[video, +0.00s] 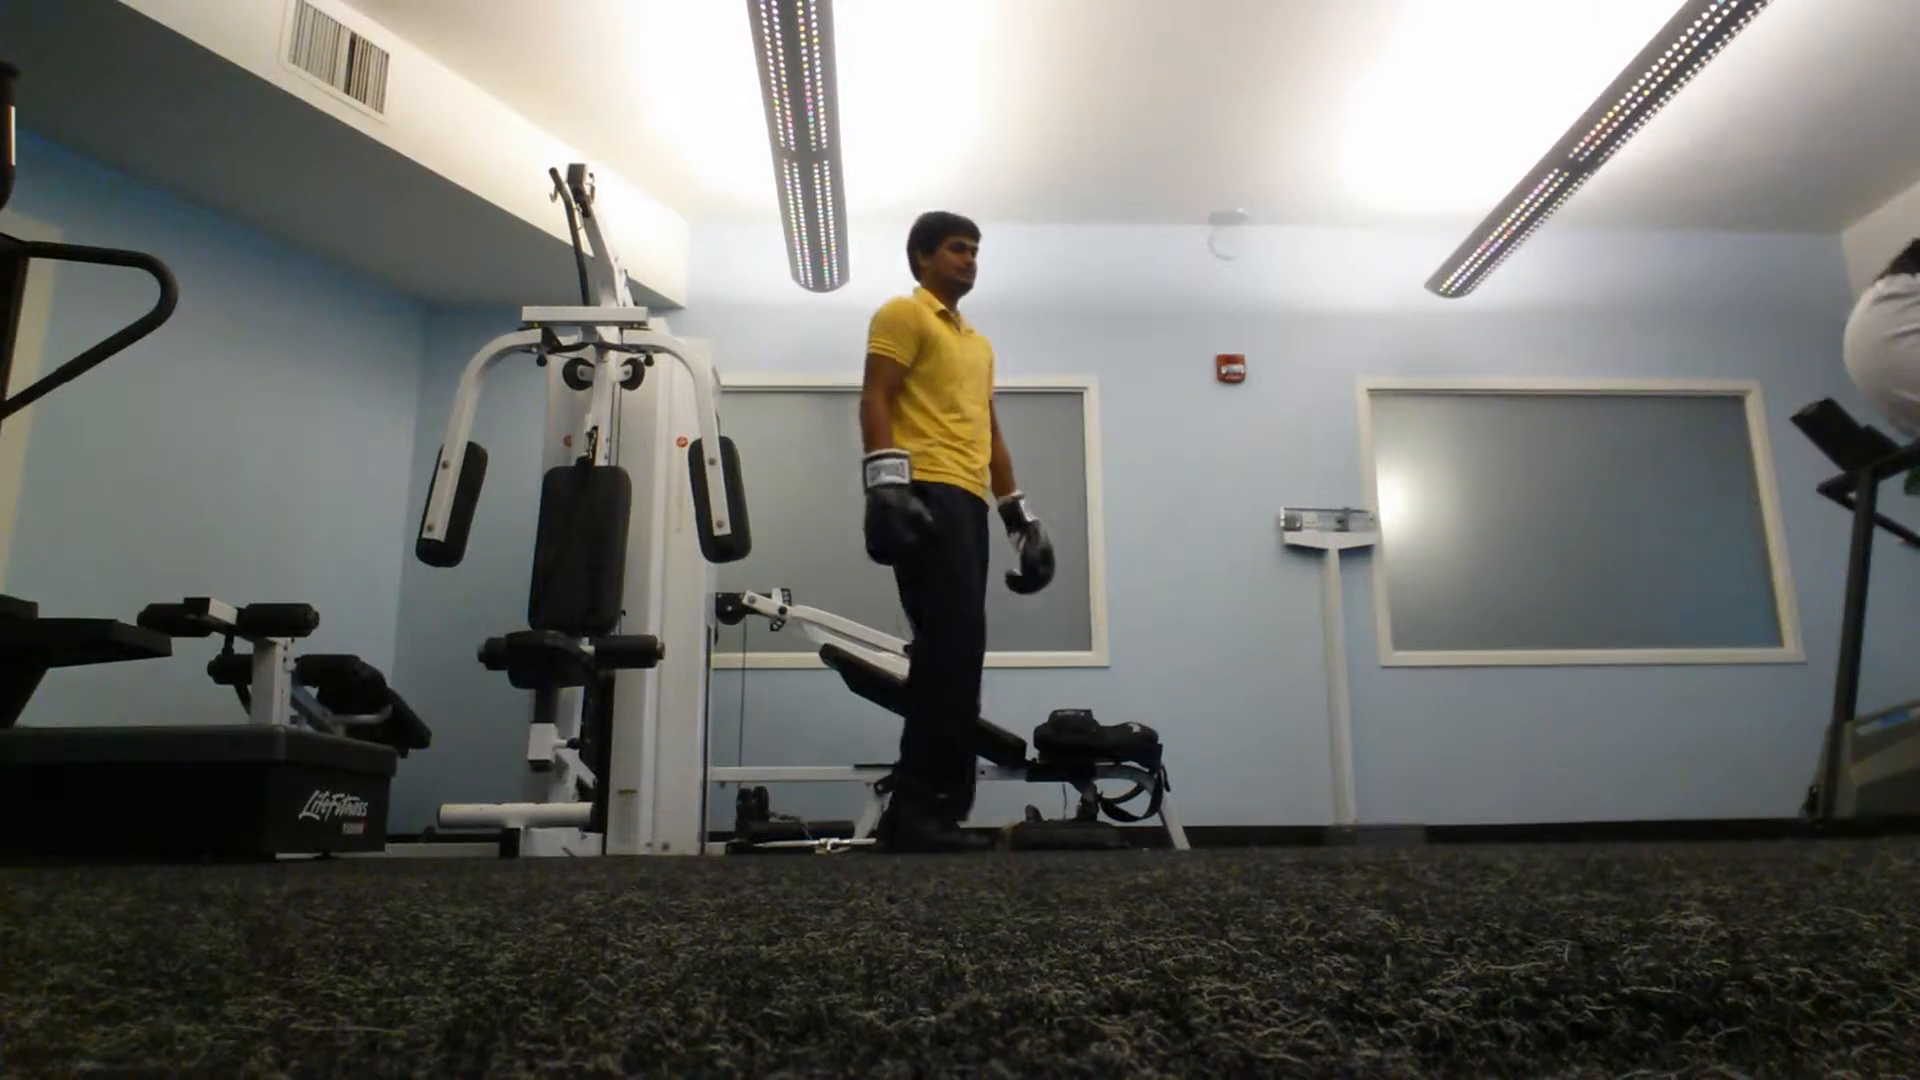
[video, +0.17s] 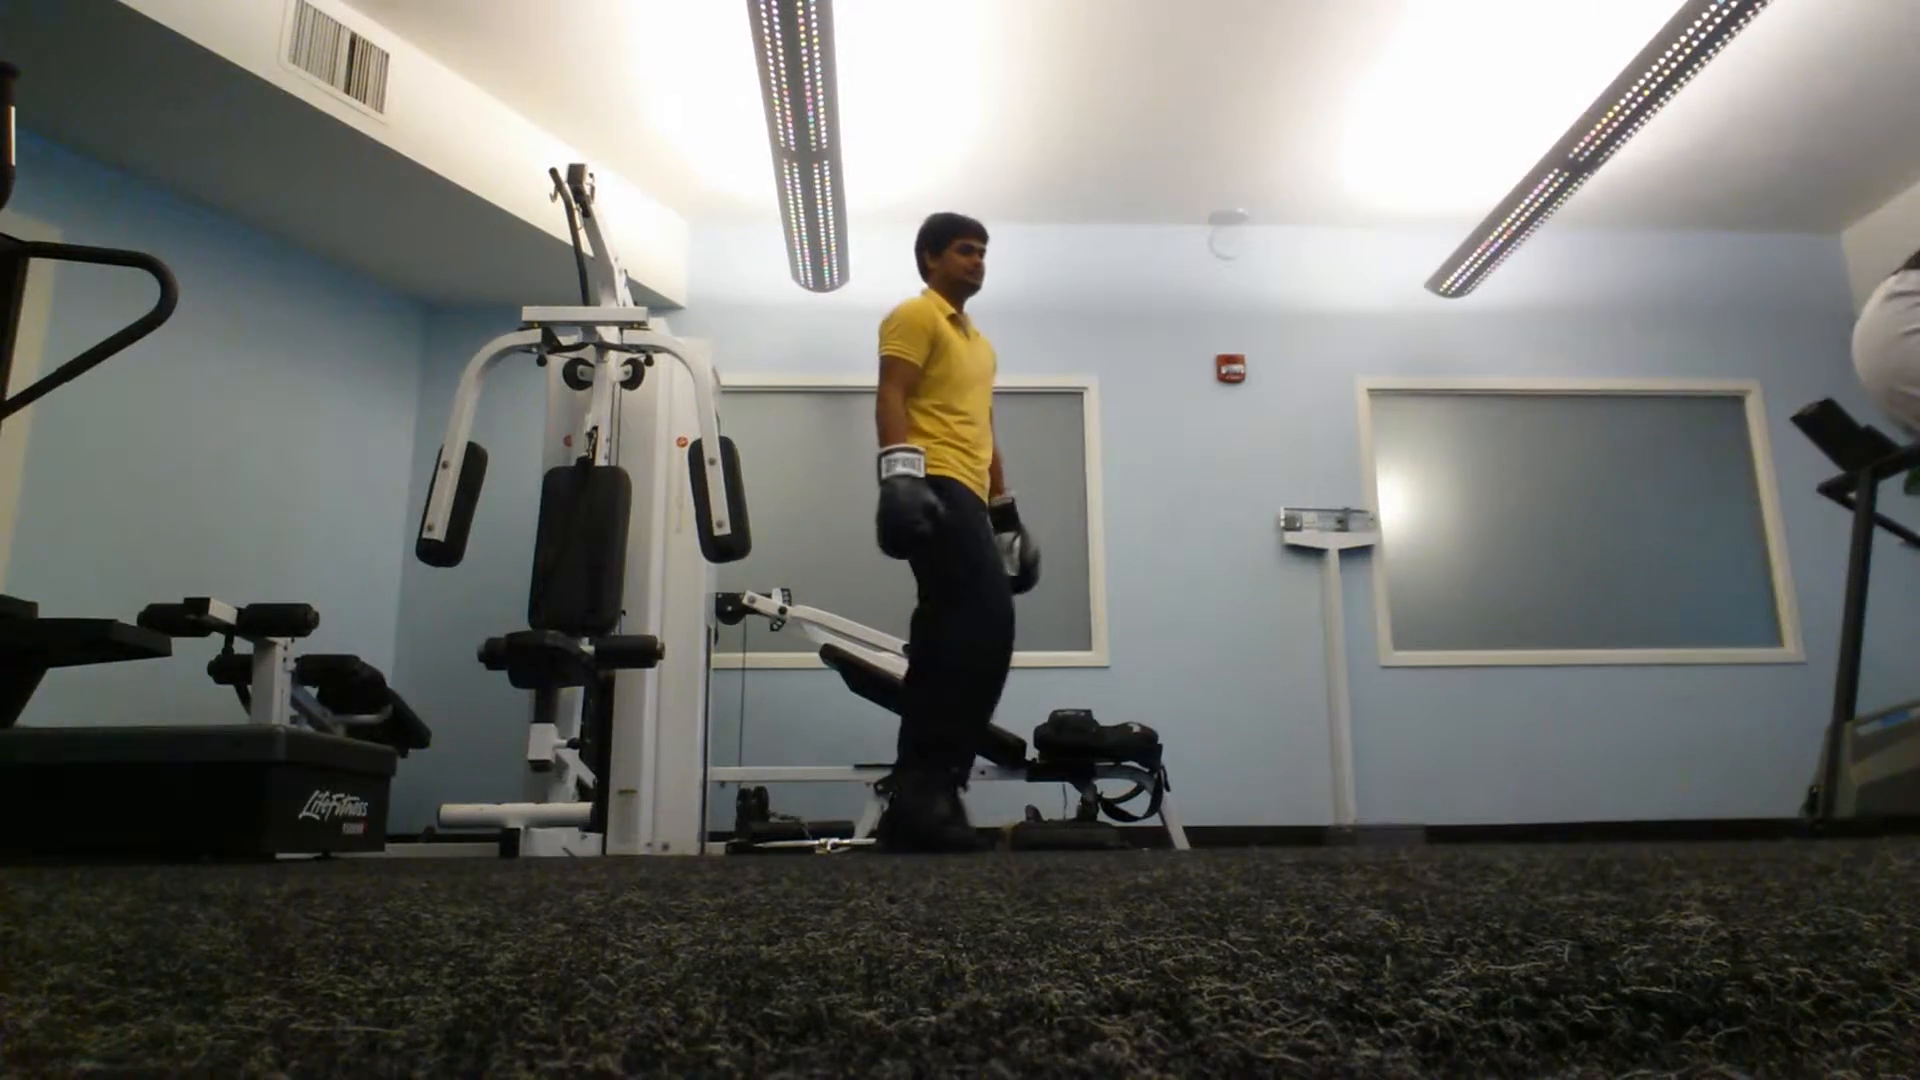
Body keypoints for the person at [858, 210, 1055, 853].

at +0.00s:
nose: (971, 260)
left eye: (975, 252)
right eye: (959, 250)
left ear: (975, 264)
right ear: (923, 256)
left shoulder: (978, 344)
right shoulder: (904, 314)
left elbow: (989, 432)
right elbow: (876, 396)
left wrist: (1020, 517)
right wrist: (886, 482)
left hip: (969, 504)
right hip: (926, 496)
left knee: (960, 649)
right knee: (949, 646)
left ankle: (937, 810)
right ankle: (917, 812)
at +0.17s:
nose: (979, 262)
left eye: (983, 254)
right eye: (967, 251)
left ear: (981, 264)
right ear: (932, 258)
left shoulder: (979, 343)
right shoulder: (915, 317)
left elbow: (983, 432)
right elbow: (891, 393)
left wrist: (1009, 520)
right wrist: (898, 473)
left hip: (969, 504)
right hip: (936, 496)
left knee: (947, 643)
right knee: (983, 627)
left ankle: (925, 798)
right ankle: (929, 794)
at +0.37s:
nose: (994, 263)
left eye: (998, 256)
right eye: (983, 252)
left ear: (995, 266)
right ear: (947, 256)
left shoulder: (982, 338)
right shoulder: (930, 312)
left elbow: (979, 433)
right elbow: (901, 395)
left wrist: (1002, 523)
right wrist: (920, 473)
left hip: (974, 506)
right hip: (940, 498)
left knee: (948, 652)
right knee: (963, 647)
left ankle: (911, 807)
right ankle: (996, 803)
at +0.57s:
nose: (1002, 259)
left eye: (1009, 252)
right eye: (991, 247)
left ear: (1010, 263)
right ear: (957, 250)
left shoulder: (994, 335)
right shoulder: (938, 309)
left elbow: (989, 429)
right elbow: (912, 395)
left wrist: (1010, 518)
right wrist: (938, 474)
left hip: (985, 507)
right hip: (952, 499)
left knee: (956, 650)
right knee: (990, 640)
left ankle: (913, 807)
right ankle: (1001, 807)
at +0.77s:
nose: (1008, 242)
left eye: (1016, 235)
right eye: (996, 230)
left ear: (1022, 247)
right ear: (966, 236)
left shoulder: (998, 314)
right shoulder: (954, 295)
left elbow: (1002, 411)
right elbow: (929, 381)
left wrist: (1033, 497)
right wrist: (940, 470)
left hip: (1000, 491)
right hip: (975, 489)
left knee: (968, 648)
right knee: (1012, 642)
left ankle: (915, 803)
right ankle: (1012, 810)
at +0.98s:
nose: (1023, 226)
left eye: (1031, 220)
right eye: (1011, 214)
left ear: (1036, 233)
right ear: (980, 220)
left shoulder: (1005, 297)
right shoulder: (969, 278)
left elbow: (1012, 402)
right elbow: (945, 368)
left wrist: (1055, 483)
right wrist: (960, 459)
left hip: (1006, 486)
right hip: (983, 481)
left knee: (1009, 647)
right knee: (1010, 644)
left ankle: (928, 794)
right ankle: (1008, 810)